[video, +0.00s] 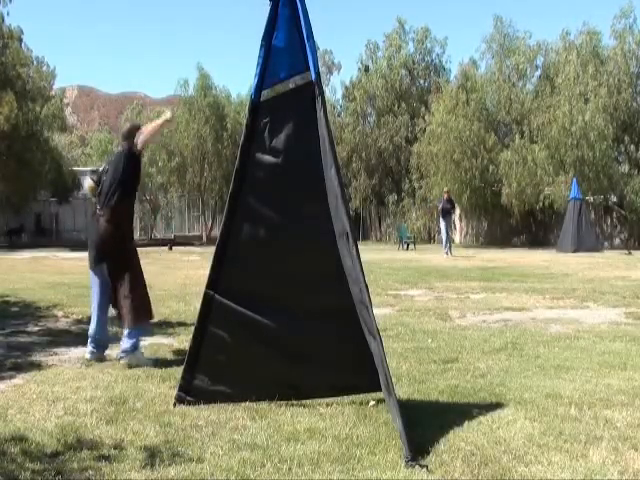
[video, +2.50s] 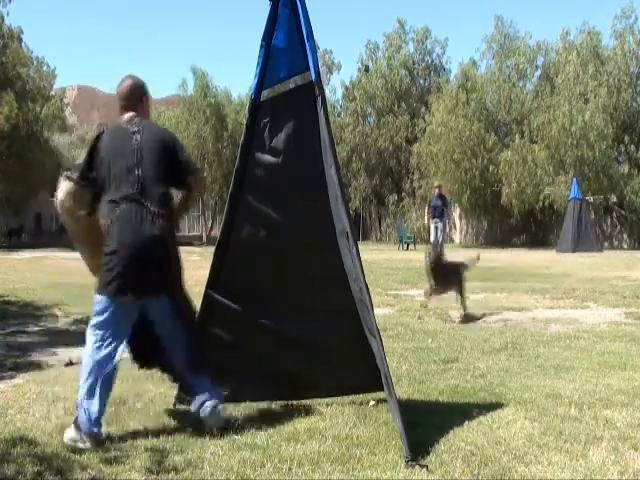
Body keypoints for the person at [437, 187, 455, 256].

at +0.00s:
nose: (446, 195)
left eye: (447, 193)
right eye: (445, 193)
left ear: (449, 194)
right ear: (443, 194)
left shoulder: (451, 201)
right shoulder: (441, 201)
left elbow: (453, 209)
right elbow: (439, 209)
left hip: (449, 218)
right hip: (442, 218)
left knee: (449, 234)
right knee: (444, 234)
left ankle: (449, 249)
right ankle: (445, 250)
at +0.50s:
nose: (450, 195)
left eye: (451, 193)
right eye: (449, 193)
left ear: (453, 194)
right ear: (447, 194)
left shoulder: (454, 200)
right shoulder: (444, 200)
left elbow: (457, 209)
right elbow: (441, 208)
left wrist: (461, 217)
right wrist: (444, 215)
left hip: (452, 218)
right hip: (446, 218)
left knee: (452, 236)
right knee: (447, 236)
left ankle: (452, 253)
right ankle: (446, 252)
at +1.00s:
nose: (453, 194)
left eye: (453, 192)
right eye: (451, 192)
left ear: (454, 192)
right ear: (449, 192)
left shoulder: (454, 199)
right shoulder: (445, 200)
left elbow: (456, 209)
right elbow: (440, 211)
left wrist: (458, 215)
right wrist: (440, 221)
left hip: (453, 217)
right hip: (446, 218)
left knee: (454, 237)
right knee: (449, 237)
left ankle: (453, 253)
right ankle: (450, 254)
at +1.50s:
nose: (450, 192)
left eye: (451, 191)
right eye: (449, 191)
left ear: (453, 191)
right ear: (446, 191)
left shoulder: (454, 199)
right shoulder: (443, 199)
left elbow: (457, 210)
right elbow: (439, 209)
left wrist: (460, 221)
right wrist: (439, 220)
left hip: (452, 220)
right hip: (444, 220)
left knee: (452, 239)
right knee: (446, 239)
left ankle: (452, 257)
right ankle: (447, 254)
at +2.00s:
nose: (443, 192)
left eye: (444, 190)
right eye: (442, 190)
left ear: (446, 191)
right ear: (440, 191)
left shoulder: (449, 200)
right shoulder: (437, 200)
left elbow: (452, 211)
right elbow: (432, 211)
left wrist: (451, 222)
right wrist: (430, 221)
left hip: (447, 220)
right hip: (439, 220)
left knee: (447, 240)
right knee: (441, 240)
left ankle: (449, 257)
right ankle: (443, 258)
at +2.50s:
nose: (437, 191)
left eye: (439, 189)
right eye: (436, 189)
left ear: (441, 190)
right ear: (434, 190)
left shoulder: (443, 198)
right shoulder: (432, 199)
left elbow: (446, 208)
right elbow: (428, 209)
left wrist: (447, 218)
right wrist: (427, 218)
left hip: (441, 219)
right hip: (433, 219)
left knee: (440, 238)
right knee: (433, 238)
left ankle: (440, 254)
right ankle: (433, 254)